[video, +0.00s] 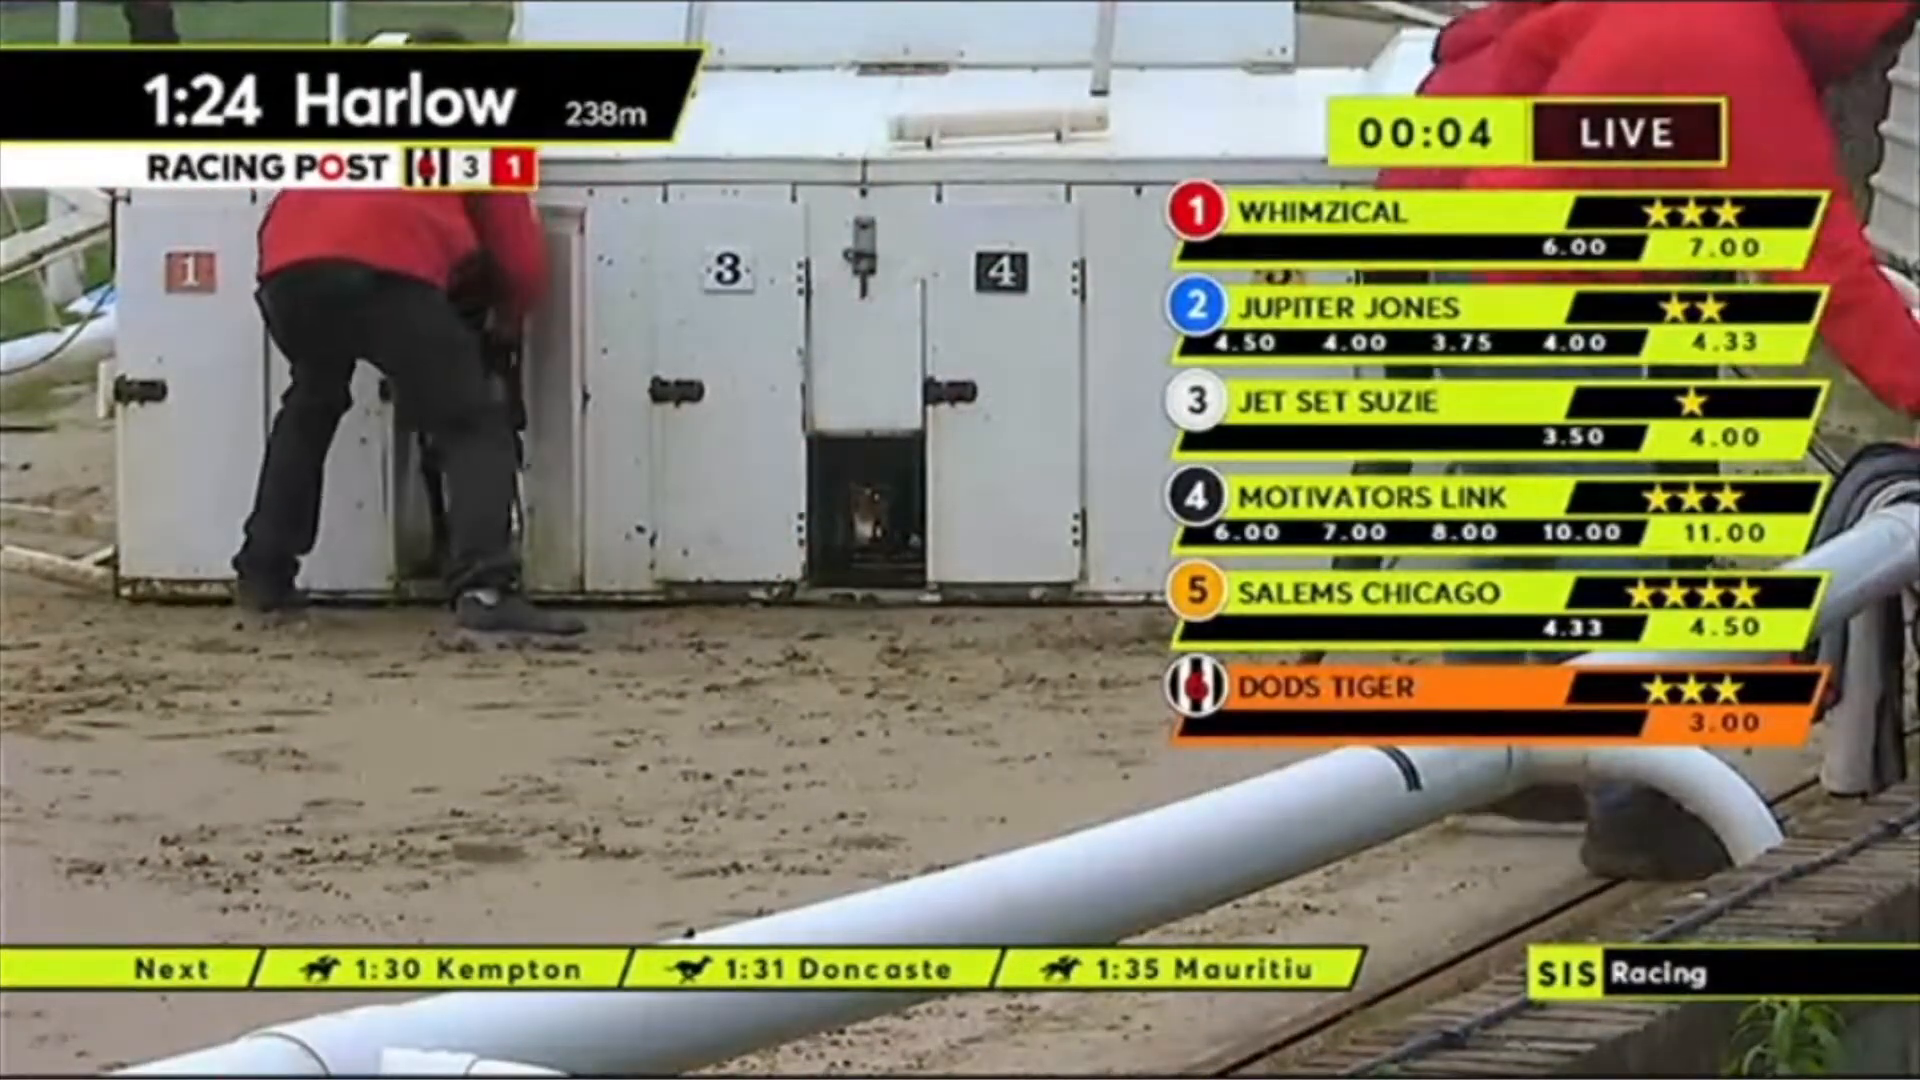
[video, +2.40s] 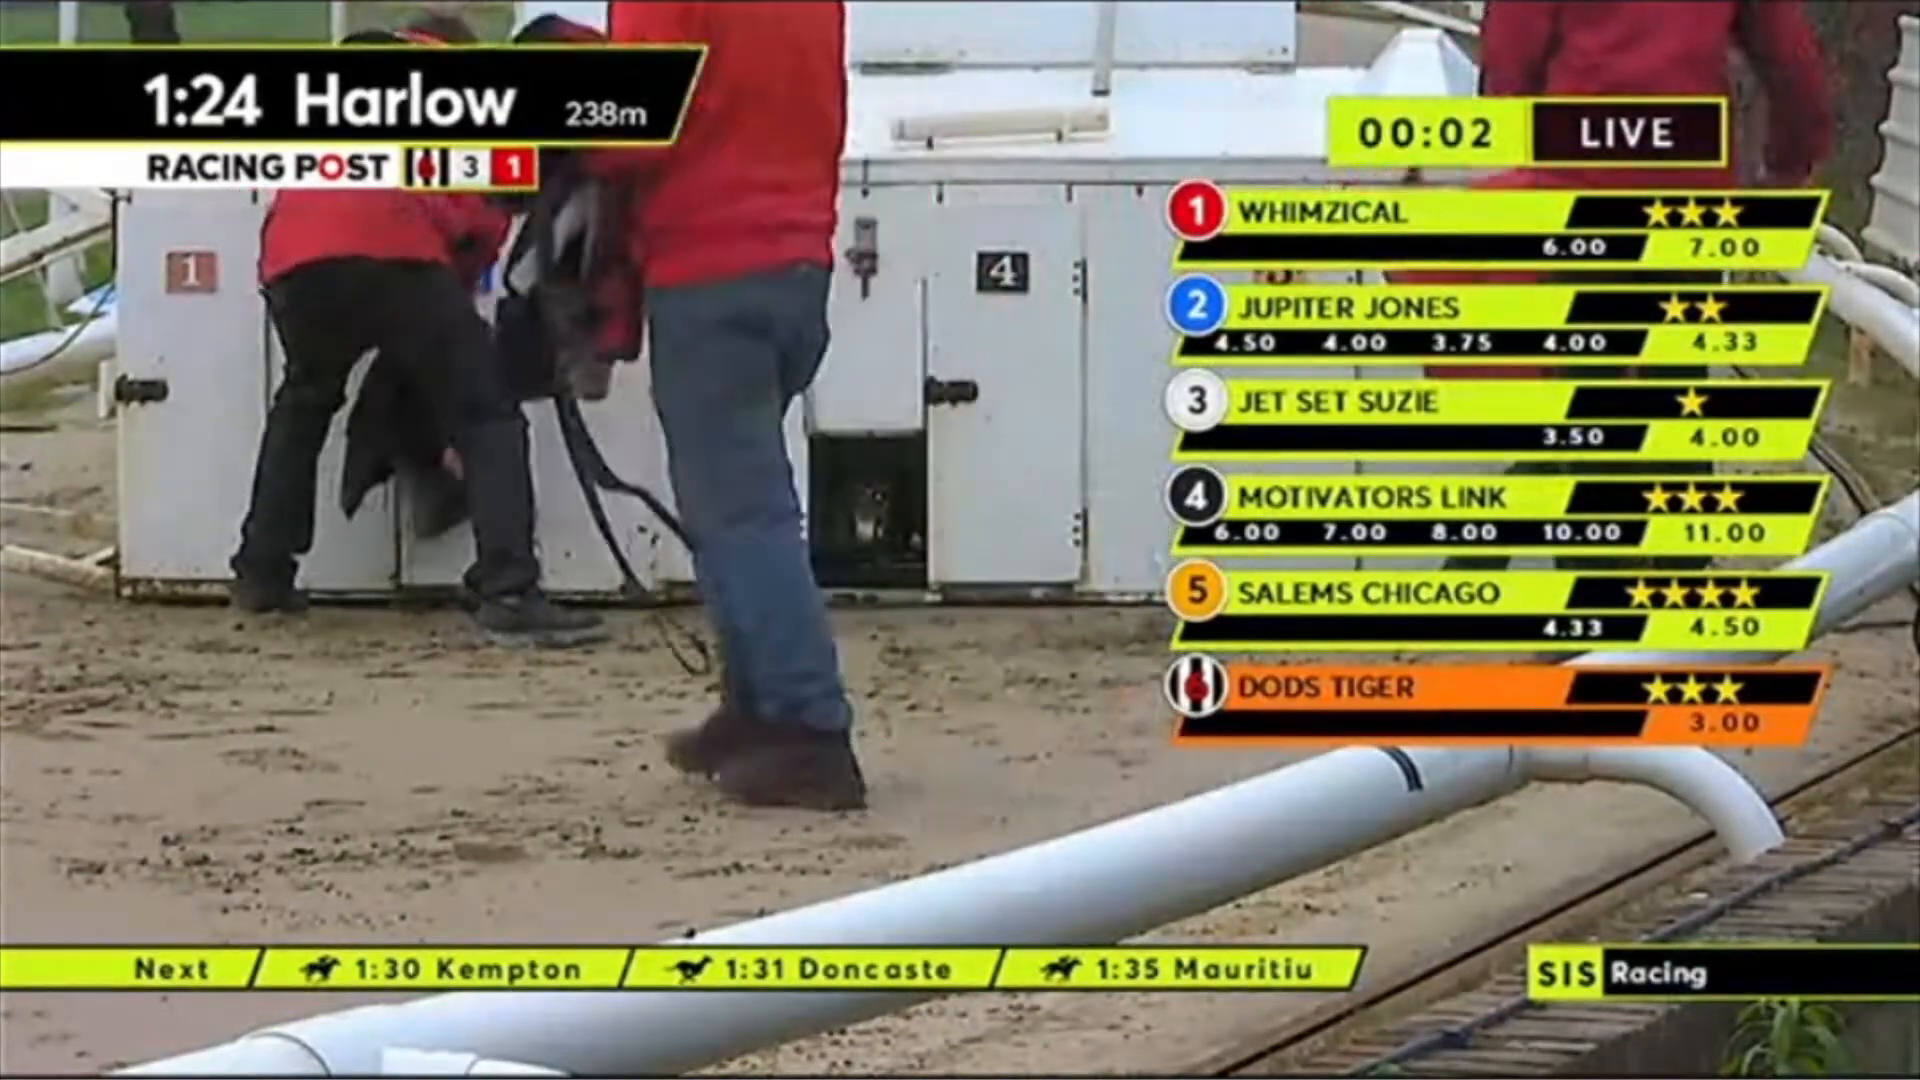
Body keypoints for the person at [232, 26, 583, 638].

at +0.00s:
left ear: (388, 73)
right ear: (471, 83)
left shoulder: (344, 123)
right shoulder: (484, 133)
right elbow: (525, 266)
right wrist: (504, 323)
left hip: (289, 271)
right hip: (391, 273)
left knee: (315, 392)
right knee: (472, 422)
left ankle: (262, 574)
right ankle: (484, 591)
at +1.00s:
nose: (490, 104)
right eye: (485, 91)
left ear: (411, 61)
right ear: (473, 78)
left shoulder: (353, 117)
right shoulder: (468, 128)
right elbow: (515, 218)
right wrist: (583, 309)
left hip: (277, 266)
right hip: (375, 265)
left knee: (326, 391)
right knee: (471, 418)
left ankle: (264, 572)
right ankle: (487, 594)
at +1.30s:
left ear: (400, 43)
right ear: (471, 54)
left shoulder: (348, 89)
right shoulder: (490, 105)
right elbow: (501, 221)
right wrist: (482, 298)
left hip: (280, 267)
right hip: (381, 266)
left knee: (319, 390)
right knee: (467, 419)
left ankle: (263, 575)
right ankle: (489, 594)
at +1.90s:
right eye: (469, 71)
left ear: (409, 29)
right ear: (461, 50)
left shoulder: (330, 61)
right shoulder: (459, 85)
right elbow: (458, 220)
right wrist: (434, 291)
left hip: (259, 244)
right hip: (357, 253)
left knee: (303, 395)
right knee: (415, 416)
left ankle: (262, 574)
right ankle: (424, 585)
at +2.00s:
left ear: (412, 26)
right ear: (461, 43)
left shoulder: (313, 70)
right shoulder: (455, 79)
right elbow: (455, 214)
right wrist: (432, 292)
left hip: (262, 240)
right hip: (365, 245)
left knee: (305, 391)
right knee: (441, 406)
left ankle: (262, 573)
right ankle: (452, 555)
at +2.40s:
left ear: (398, 37)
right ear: (456, 51)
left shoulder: (329, 90)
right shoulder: (462, 93)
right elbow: (487, 214)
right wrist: (465, 276)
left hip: (297, 265)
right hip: (403, 260)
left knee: (307, 393)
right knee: (487, 417)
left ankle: (261, 572)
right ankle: (510, 593)